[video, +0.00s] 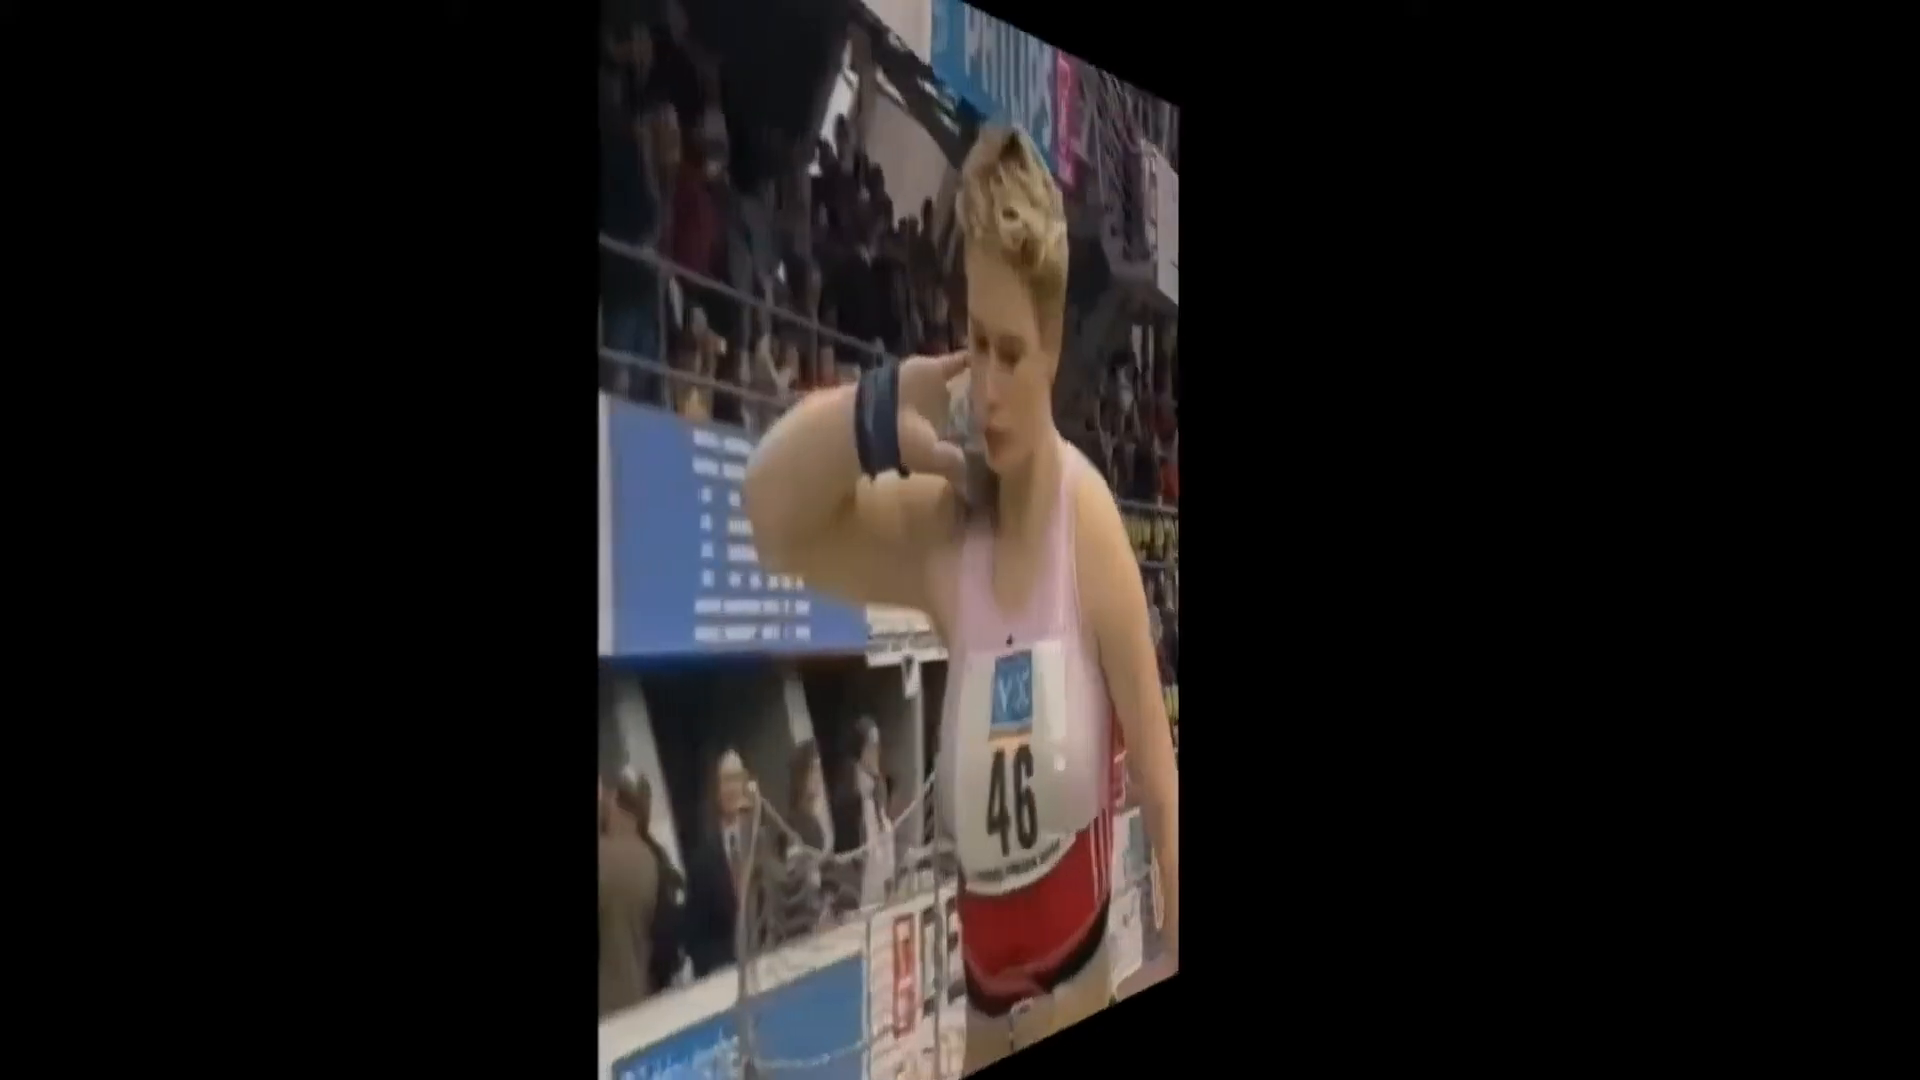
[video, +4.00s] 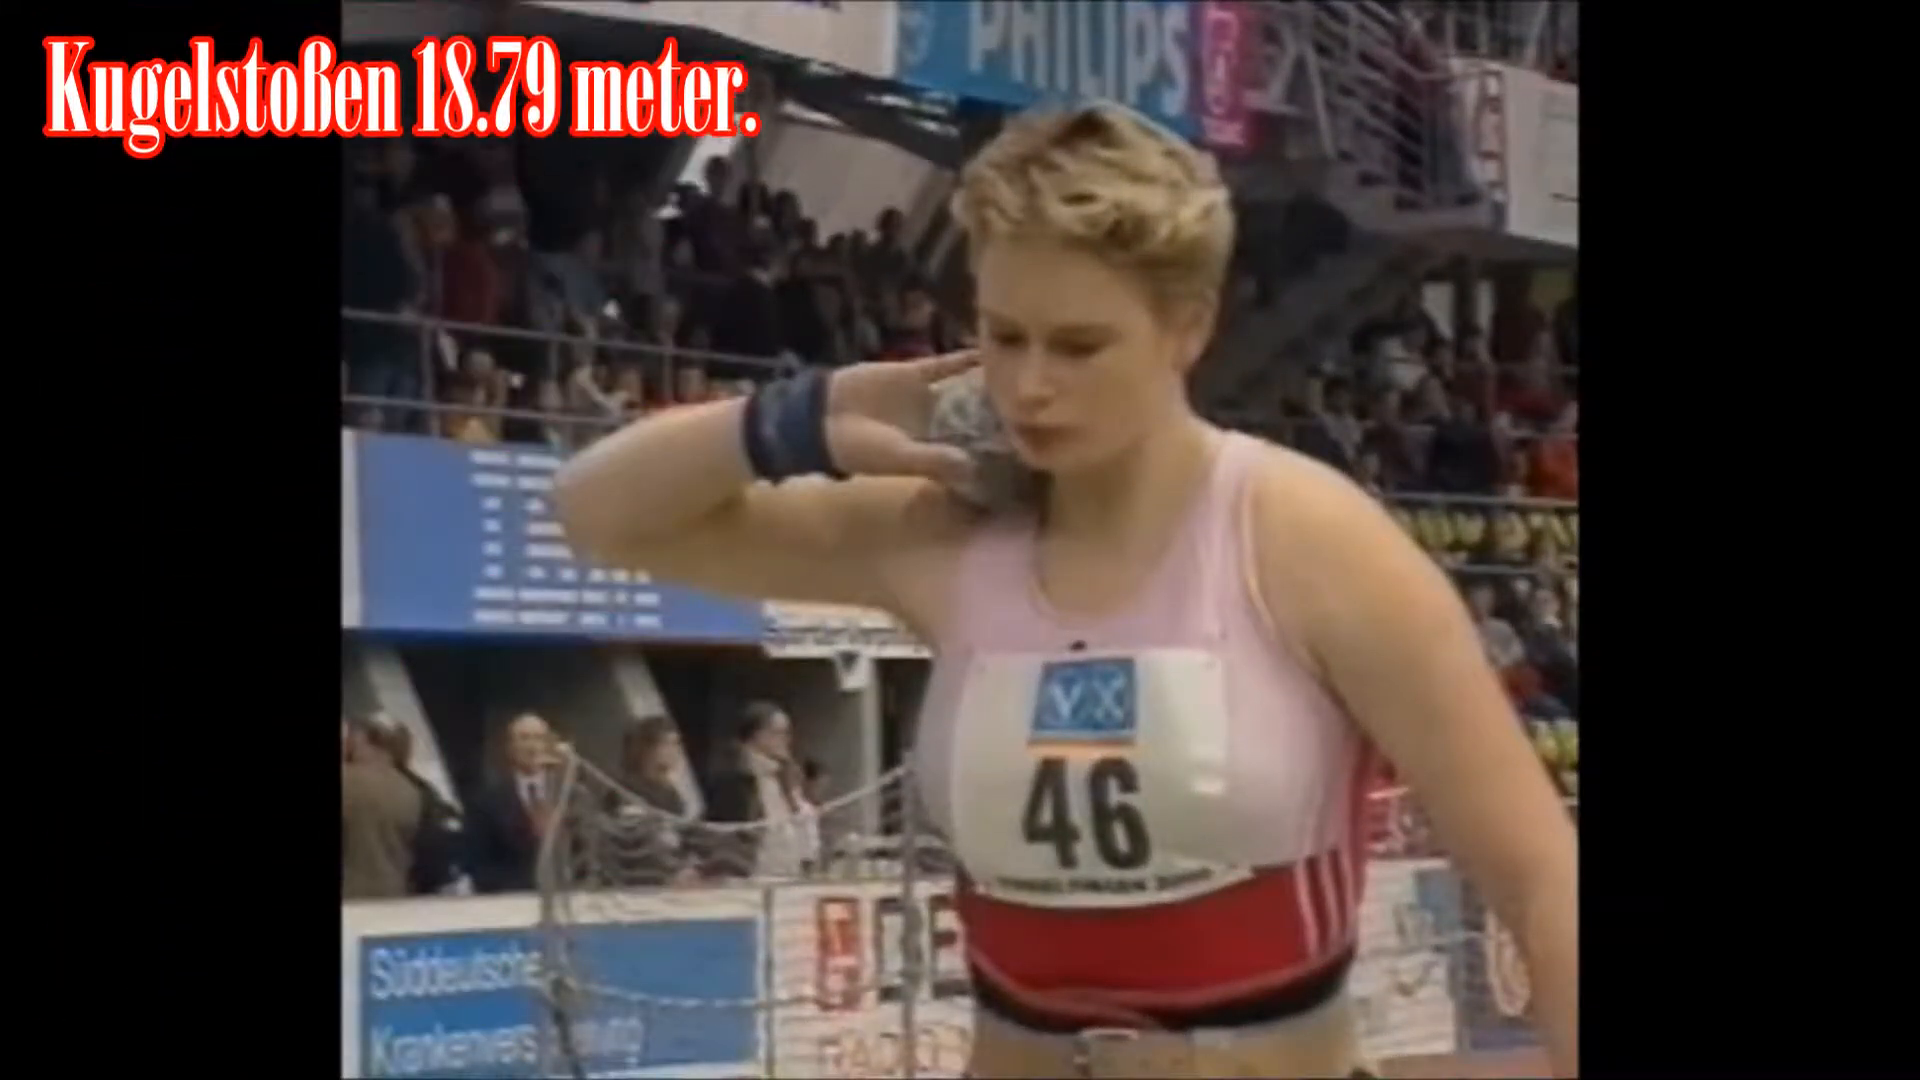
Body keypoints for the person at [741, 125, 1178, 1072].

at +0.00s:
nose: (985, 394)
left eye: (1013, 356)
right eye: (970, 350)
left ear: (1061, 355)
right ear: (953, 345)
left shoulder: (1077, 502)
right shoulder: (928, 525)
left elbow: (1142, 707)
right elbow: (782, 528)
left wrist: (1170, 892)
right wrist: (882, 405)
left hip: (1083, 843)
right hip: (977, 857)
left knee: (1061, 1020)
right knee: (991, 1038)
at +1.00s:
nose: (1028, 387)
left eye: (1079, 344)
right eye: (1004, 339)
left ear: (1186, 328)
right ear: (974, 324)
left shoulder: (1304, 534)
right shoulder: (928, 534)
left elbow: (1539, 875)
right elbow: (598, 513)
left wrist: (1563, 1061)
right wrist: (813, 419)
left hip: (1268, 1055)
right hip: (1016, 1053)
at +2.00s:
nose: (1028, 387)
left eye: (1079, 345)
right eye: (1004, 338)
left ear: (1186, 328)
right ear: (974, 324)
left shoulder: (1303, 533)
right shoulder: (929, 534)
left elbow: (1539, 874)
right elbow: (599, 513)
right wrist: (809, 421)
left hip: (1269, 1054)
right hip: (1017, 1051)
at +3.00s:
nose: (1027, 387)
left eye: (1079, 344)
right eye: (1004, 338)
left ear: (1187, 327)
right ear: (973, 323)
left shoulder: (1301, 532)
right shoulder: (928, 534)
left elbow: (1538, 874)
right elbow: (608, 519)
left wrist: (1564, 1061)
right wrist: (812, 420)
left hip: (1272, 1055)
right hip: (1017, 1053)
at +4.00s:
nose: (1028, 386)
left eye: (1079, 344)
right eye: (1004, 338)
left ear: (1186, 330)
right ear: (974, 324)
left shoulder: (1303, 533)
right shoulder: (928, 534)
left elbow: (1539, 875)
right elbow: (600, 512)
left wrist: (1564, 1060)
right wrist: (809, 420)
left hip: (1270, 1054)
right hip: (1016, 1051)